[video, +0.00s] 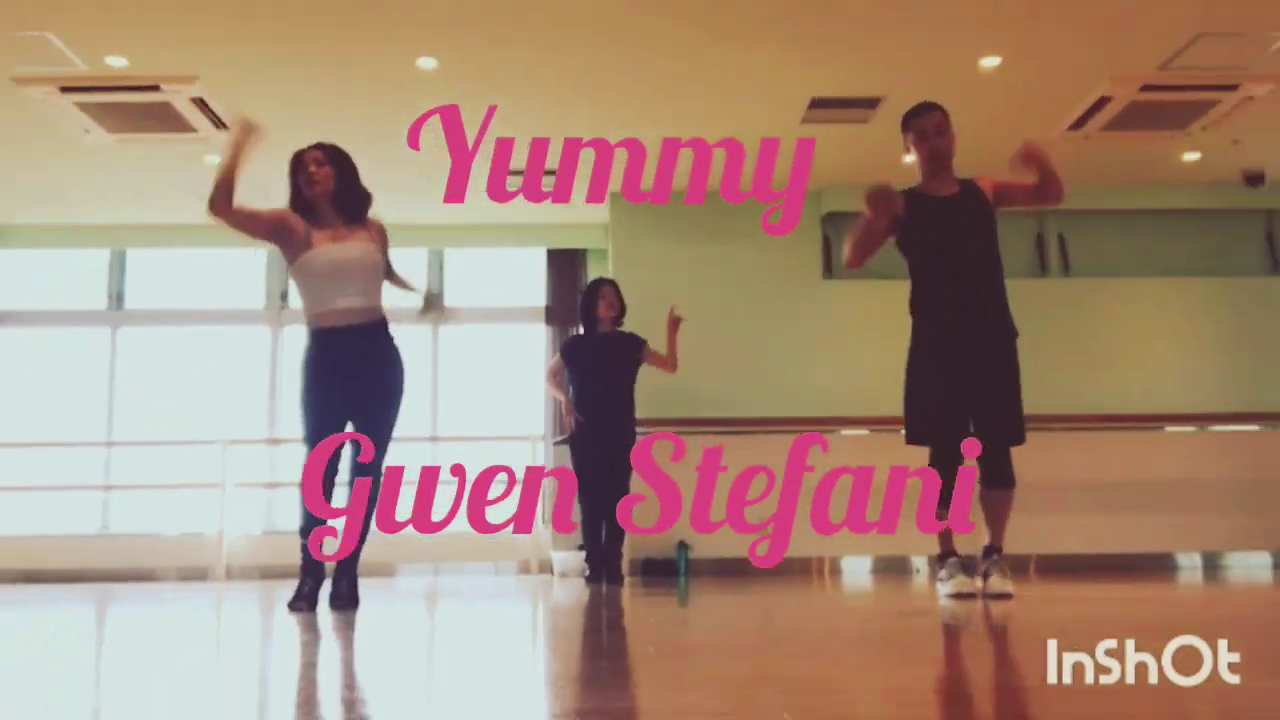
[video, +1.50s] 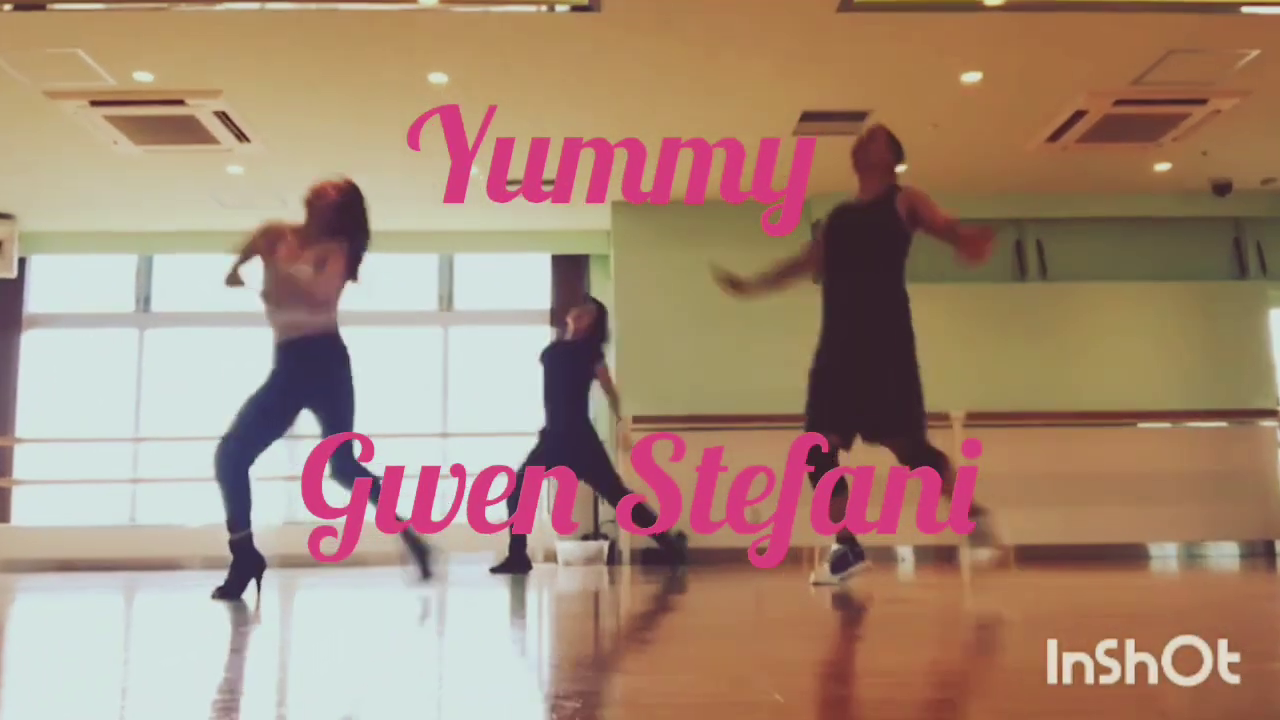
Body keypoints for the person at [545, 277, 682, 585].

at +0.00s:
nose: (610, 303)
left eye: (614, 298)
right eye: (603, 298)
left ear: (621, 305)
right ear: (590, 305)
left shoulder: (630, 343)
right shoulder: (576, 345)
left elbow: (670, 365)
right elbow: (551, 377)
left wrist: (672, 332)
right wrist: (566, 401)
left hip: (620, 432)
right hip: (586, 432)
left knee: (617, 499)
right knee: (591, 501)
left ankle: (613, 563)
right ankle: (594, 564)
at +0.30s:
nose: (611, 311)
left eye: (615, 306)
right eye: (606, 307)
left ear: (623, 311)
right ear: (598, 312)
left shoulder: (633, 340)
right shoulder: (590, 343)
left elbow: (657, 366)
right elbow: (574, 371)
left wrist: (644, 390)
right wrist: (579, 393)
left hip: (624, 413)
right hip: (597, 413)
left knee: (619, 474)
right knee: (600, 473)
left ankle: (618, 528)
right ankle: (602, 527)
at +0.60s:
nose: (614, 308)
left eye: (618, 304)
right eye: (610, 304)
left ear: (626, 308)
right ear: (603, 309)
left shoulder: (634, 333)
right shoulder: (596, 341)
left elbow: (656, 336)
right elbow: (582, 369)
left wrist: (647, 332)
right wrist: (582, 358)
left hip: (638, 403)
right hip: (614, 404)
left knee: (630, 462)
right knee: (612, 461)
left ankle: (622, 517)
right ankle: (608, 518)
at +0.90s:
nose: (619, 311)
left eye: (625, 307)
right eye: (616, 307)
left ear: (635, 313)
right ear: (611, 313)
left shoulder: (635, 335)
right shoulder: (615, 337)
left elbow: (635, 307)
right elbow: (611, 307)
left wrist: (633, 278)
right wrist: (620, 274)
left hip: (649, 404)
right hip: (632, 407)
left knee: (663, 464)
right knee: (646, 467)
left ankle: (683, 520)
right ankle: (669, 518)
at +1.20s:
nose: (615, 304)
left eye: (622, 300)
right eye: (618, 299)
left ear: (634, 308)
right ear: (633, 310)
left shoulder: (631, 338)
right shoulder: (621, 339)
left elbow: (627, 365)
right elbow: (606, 365)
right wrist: (592, 379)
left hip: (629, 419)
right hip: (639, 417)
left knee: (589, 473)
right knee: (658, 479)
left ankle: (593, 535)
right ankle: (687, 535)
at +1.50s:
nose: (576, 317)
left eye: (584, 315)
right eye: (575, 312)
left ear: (593, 325)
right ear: (569, 316)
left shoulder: (590, 351)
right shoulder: (553, 350)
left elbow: (609, 388)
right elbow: (556, 391)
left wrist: (619, 419)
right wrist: (552, 423)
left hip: (579, 437)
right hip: (553, 437)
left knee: (615, 494)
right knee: (517, 488)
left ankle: (668, 542)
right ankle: (517, 555)